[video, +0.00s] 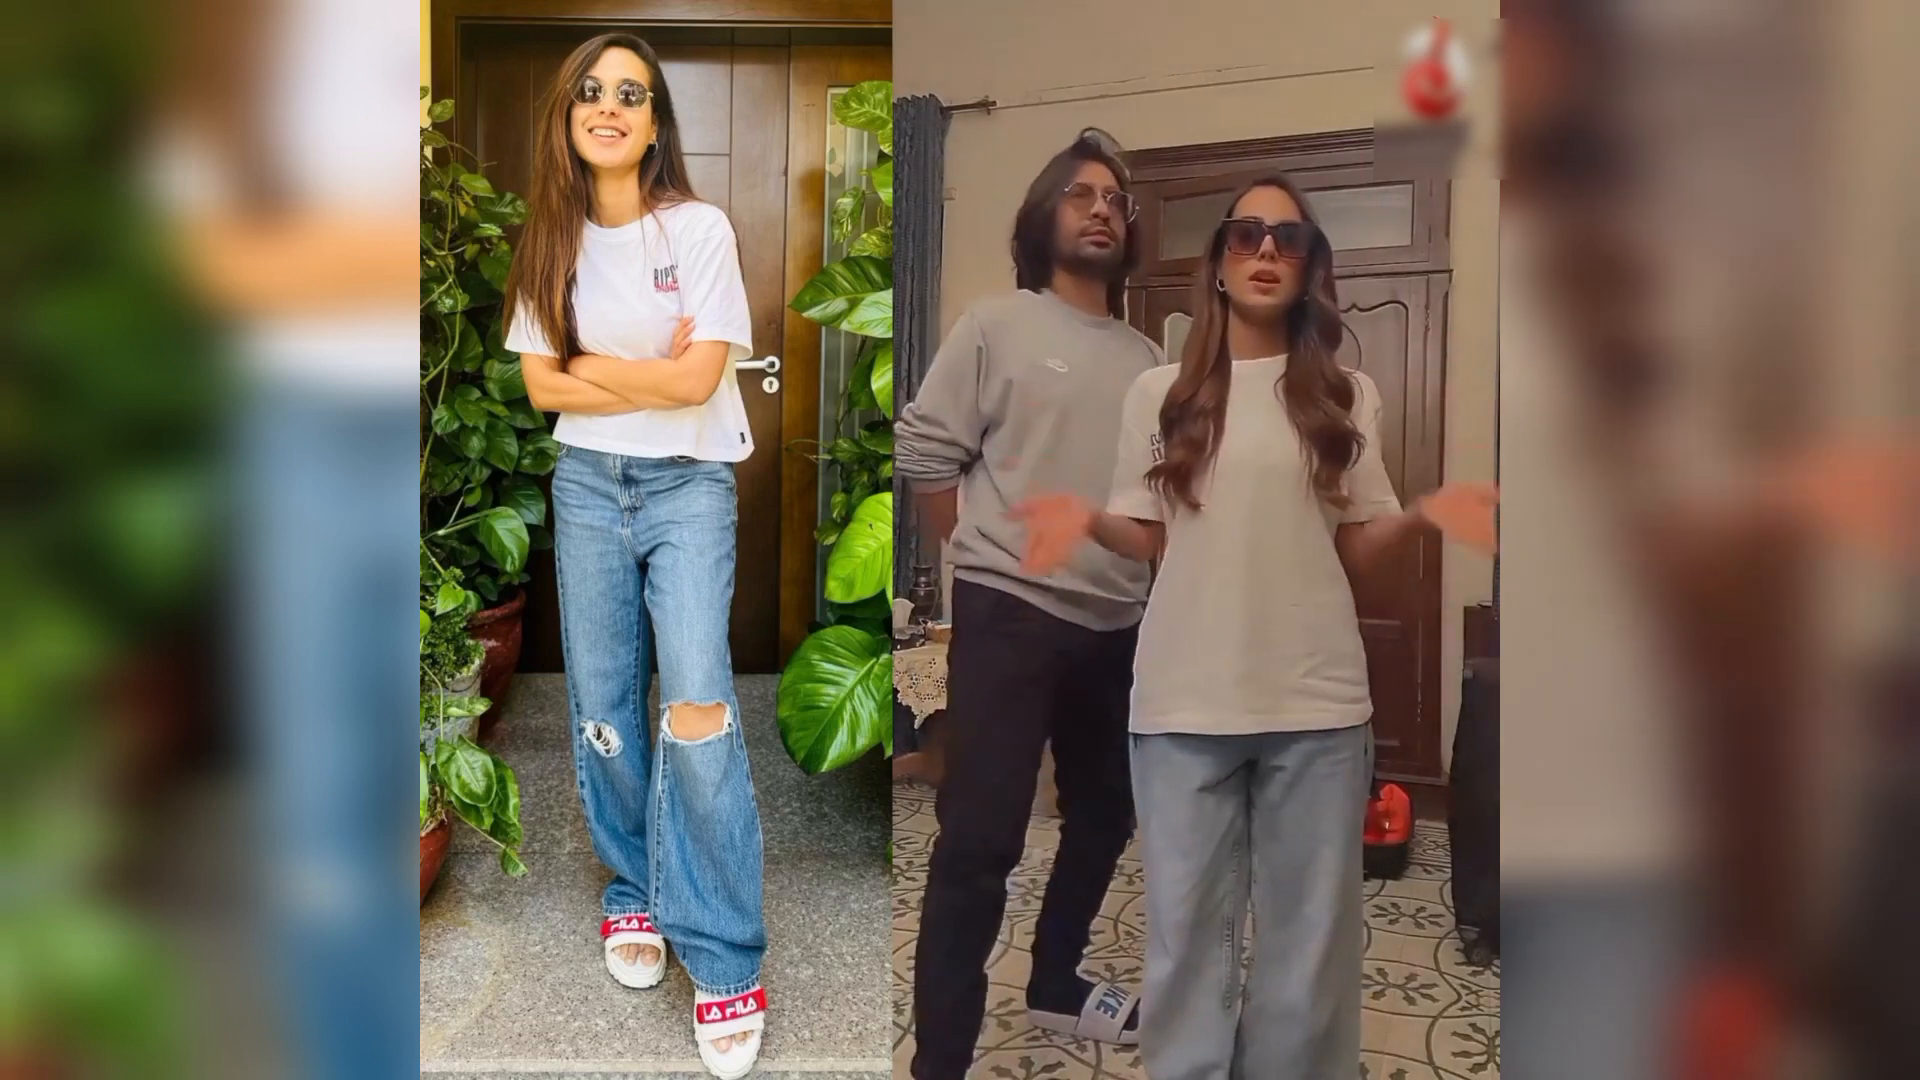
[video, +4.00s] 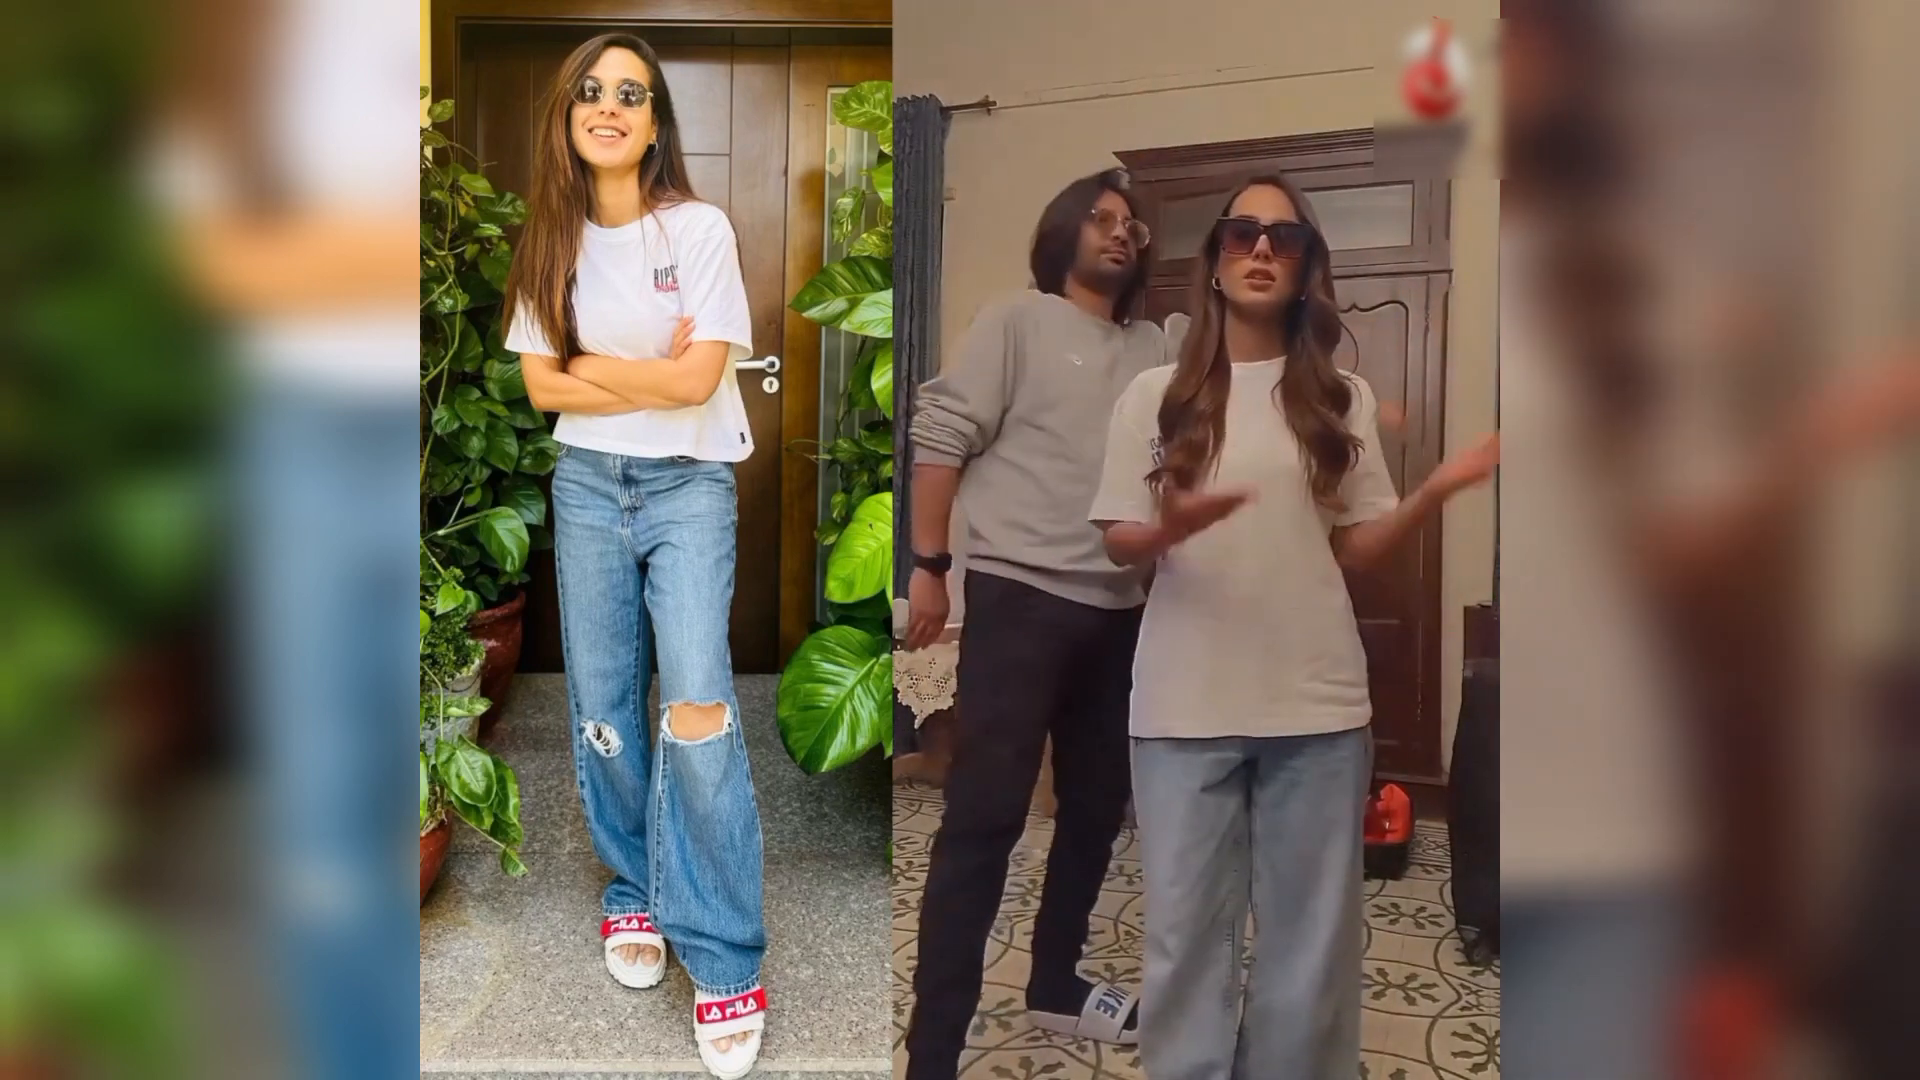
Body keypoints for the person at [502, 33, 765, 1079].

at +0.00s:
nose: (610, 111)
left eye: (629, 97)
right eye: (593, 95)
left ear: (656, 122)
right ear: (566, 117)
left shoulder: (699, 226)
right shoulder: (549, 239)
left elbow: (698, 378)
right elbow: (540, 385)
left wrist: (576, 362)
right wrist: (662, 378)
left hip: (689, 481)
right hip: (584, 483)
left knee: (695, 709)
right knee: (602, 708)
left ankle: (724, 955)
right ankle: (631, 890)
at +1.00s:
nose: (610, 111)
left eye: (629, 98)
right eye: (593, 95)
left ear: (656, 122)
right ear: (566, 117)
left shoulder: (699, 226)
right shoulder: (550, 239)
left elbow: (698, 378)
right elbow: (540, 385)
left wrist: (576, 362)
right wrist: (662, 378)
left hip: (689, 482)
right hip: (584, 484)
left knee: (695, 709)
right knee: (602, 708)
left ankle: (724, 955)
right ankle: (631, 890)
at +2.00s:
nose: (609, 111)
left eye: (629, 98)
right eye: (592, 95)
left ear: (656, 122)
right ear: (565, 117)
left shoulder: (699, 226)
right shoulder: (550, 239)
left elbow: (699, 378)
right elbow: (540, 385)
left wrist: (578, 363)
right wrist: (662, 377)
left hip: (689, 482)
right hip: (584, 484)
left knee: (694, 709)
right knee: (602, 706)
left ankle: (724, 956)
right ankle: (632, 891)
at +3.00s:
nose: (610, 111)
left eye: (630, 97)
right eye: (593, 95)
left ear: (656, 120)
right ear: (566, 117)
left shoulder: (699, 226)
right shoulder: (549, 240)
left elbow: (698, 378)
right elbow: (540, 385)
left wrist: (576, 362)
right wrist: (662, 378)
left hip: (689, 482)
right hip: (584, 484)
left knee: (695, 708)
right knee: (603, 709)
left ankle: (724, 954)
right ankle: (631, 890)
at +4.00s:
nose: (610, 111)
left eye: (630, 97)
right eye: (593, 95)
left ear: (656, 121)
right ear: (566, 117)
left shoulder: (699, 226)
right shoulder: (549, 240)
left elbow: (698, 378)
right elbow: (540, 385)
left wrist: (577, 363)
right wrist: (662, 378)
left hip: (689, 482)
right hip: (584, 484)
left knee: (694, 708)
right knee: (603, 707)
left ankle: (724, 956)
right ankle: (631, 891)